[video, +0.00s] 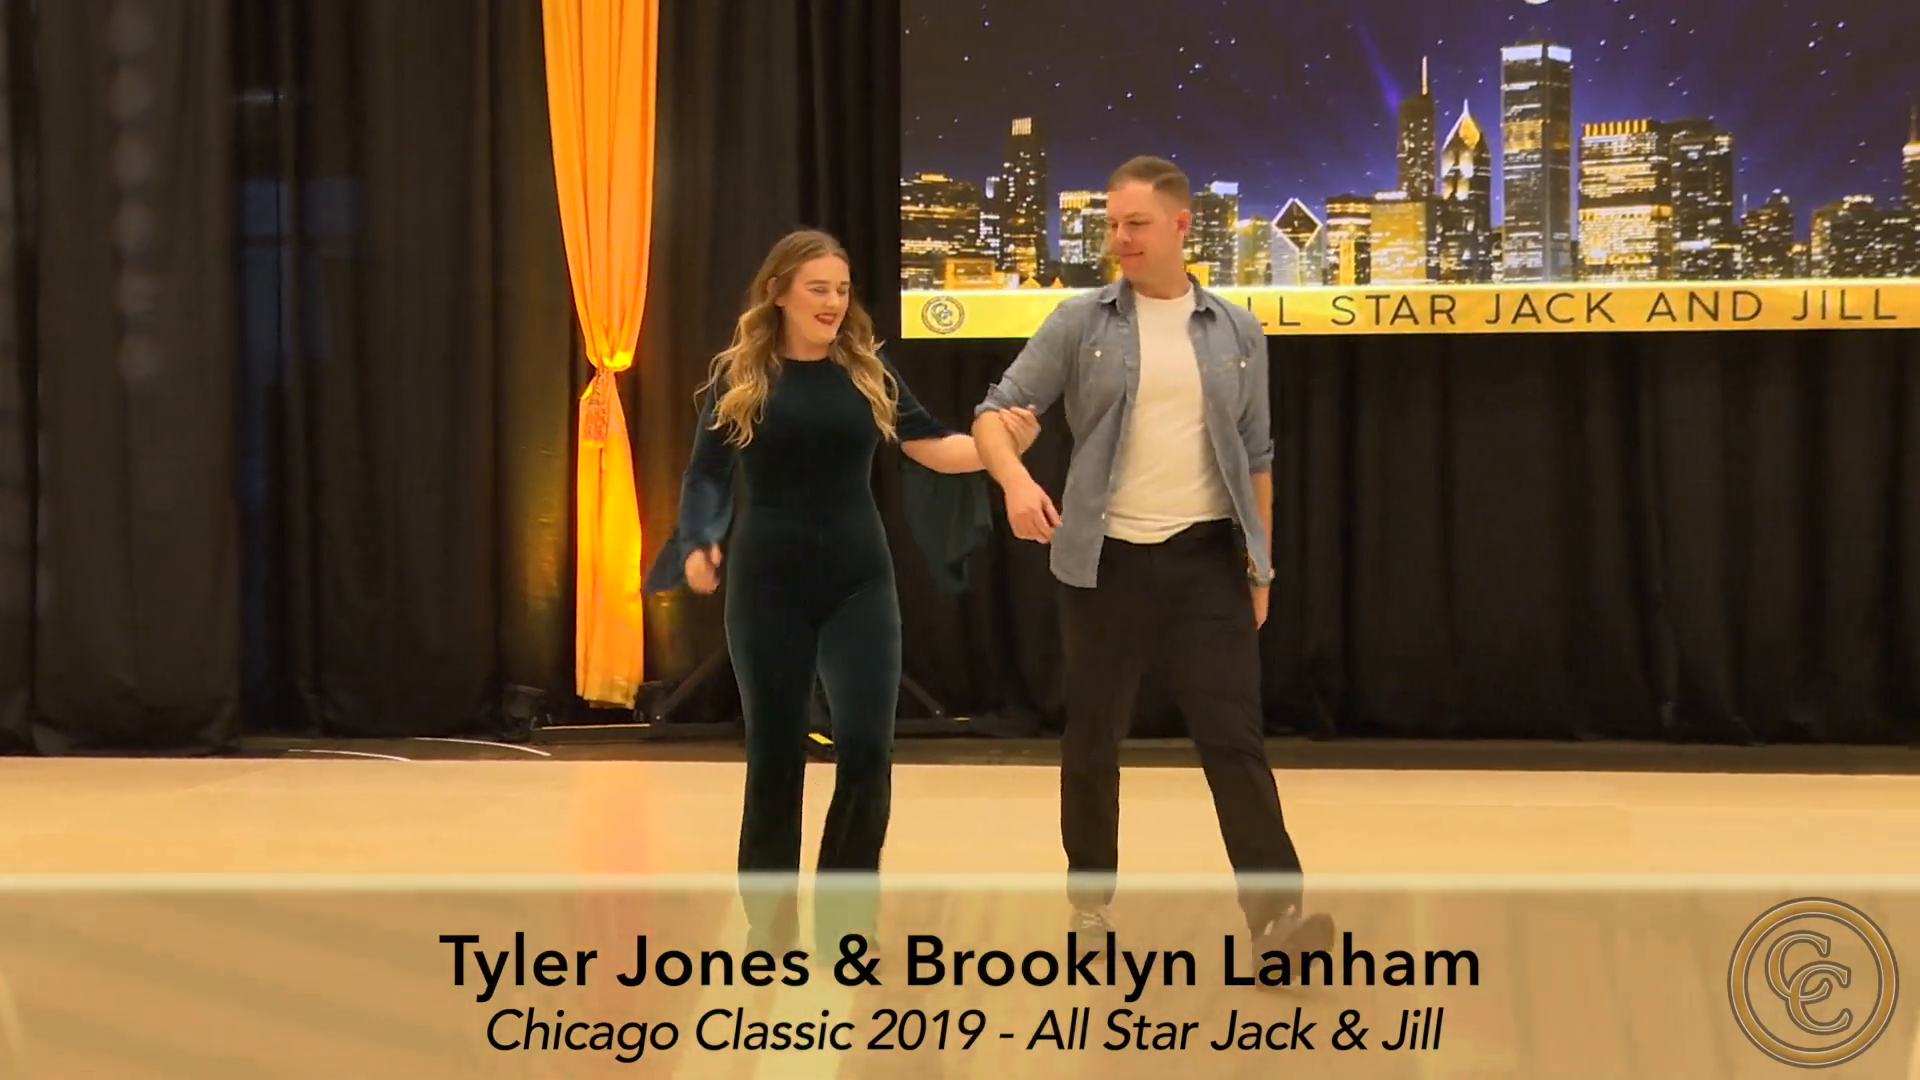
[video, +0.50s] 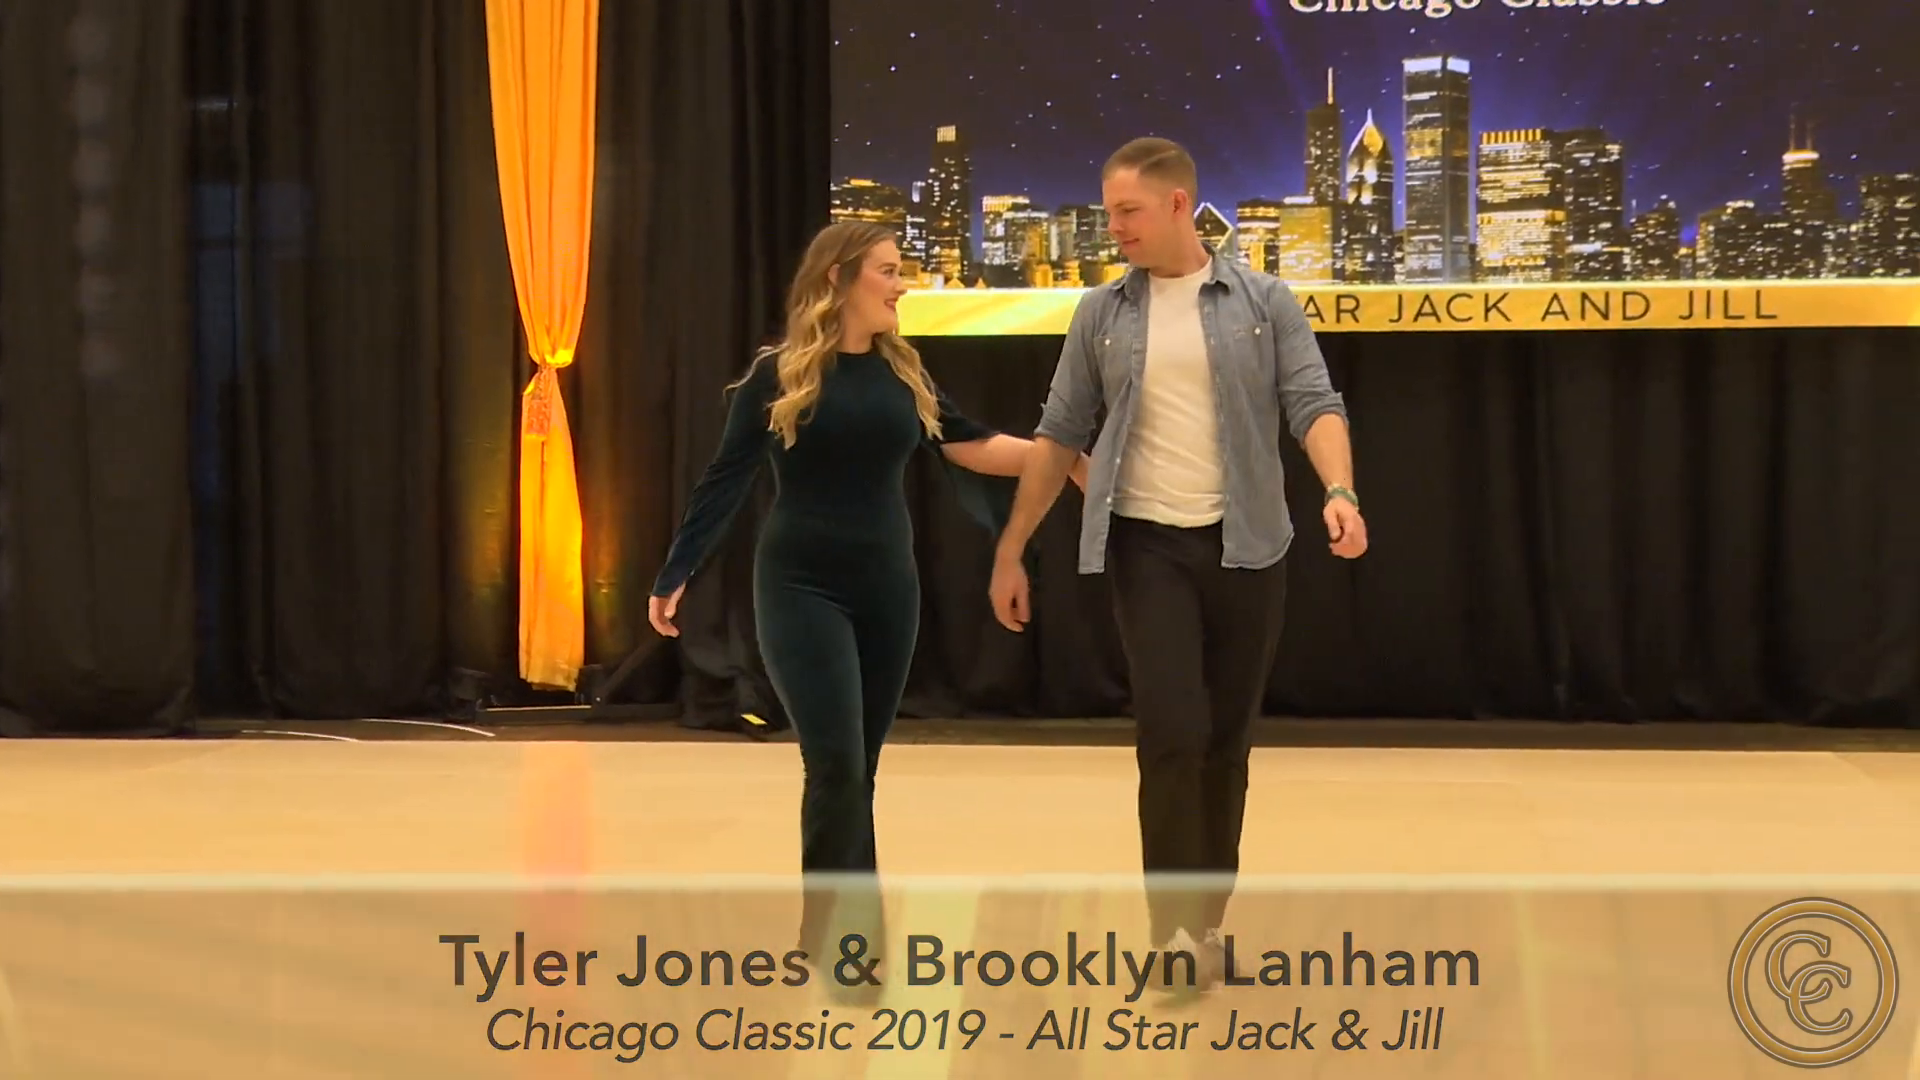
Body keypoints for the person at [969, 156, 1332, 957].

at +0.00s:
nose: (1121, 238)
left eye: (1136, 224)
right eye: (1113, 225)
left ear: (1180, 225)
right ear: (1108, 231)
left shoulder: (1238, 329)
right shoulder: (1080, 320)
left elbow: (1257, 459)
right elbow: (993, 416)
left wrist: (1260, 570)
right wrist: (1013, 478)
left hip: (1208, 558)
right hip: (1102, 558)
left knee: (1234, 744)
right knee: (1091, 743)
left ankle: (1278, 918)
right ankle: (1090, 907)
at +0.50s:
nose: (1116, 228)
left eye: (1128, 213)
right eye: (1110, 214)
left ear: (1182, 206)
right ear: (1113, 215)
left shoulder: (1266, 301)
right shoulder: (1102, 310)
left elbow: (1314, 405)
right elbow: (1059, 439)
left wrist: (1339, 491)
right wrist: (1008, 549)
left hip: (1246, 545)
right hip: (1144, 545)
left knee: (1225, 742)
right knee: (1172, 734)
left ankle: (1208, 927)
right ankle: (1170, 935)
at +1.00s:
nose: (1058, 206)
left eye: (1071, 188)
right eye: (1055, 191)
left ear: (1126, 187)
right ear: (1085, 196)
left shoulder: (1219, 286)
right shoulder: (1063, 299)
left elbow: (1262, 418)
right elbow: (998, 399)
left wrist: (1263, 546)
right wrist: (894, 433)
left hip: (1200, 541)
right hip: (1093, 544)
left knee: (1228, 735)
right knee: (1129, 745)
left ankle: (1260, 923)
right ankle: (1168, 937)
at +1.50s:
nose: (1026, 201)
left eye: (1039, 185)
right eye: (1026, 187)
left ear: (1095, 189)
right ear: (1071, 193)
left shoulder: (1163, 287)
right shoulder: (1053, 299)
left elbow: (1204, 421)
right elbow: (1021, 423)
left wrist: (1160, 538)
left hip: (1127, 553)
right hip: (1048, 551)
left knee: (1137, 747)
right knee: (1077, 743)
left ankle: (1171, 954)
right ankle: (1112, 917)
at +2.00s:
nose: (1026, 189)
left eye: (1036, 173)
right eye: (1028, 174)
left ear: (1080, 177)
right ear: (1082, 177)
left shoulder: (1123, 273)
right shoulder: (1080, 278)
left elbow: (1091, 402)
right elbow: (1033, 406)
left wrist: (987, 340)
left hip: (1103, 530)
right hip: (1057, 530)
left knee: (1085, 719)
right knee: (1028, 708)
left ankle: (1125, 945)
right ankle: (1072, 893)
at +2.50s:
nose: (1011, 197)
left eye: (1022, 182)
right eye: (1014, 182)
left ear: (1071, 189)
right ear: (1070, 190)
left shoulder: (1107, 285)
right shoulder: (1064, 287)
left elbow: (1099, 424)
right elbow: (1033, 411)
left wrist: (1018, 354)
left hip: (1085, 538)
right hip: (1050, 536)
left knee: (1082, 724)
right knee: (1055, 717)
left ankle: (1100, 921)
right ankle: (1057, 884)